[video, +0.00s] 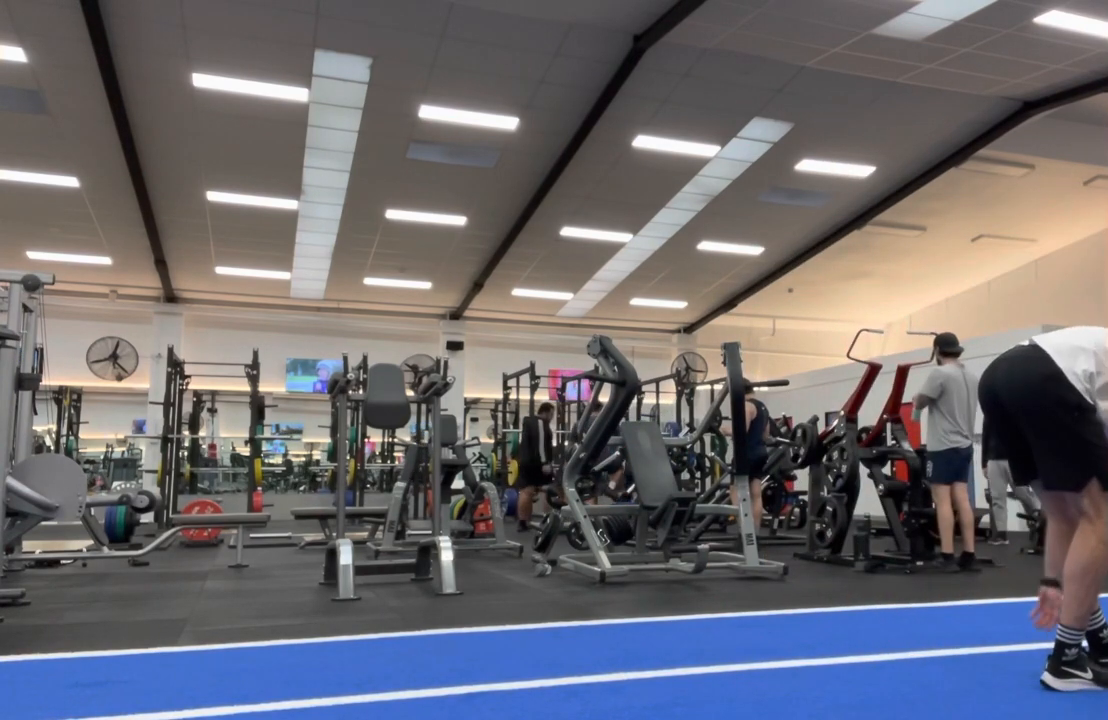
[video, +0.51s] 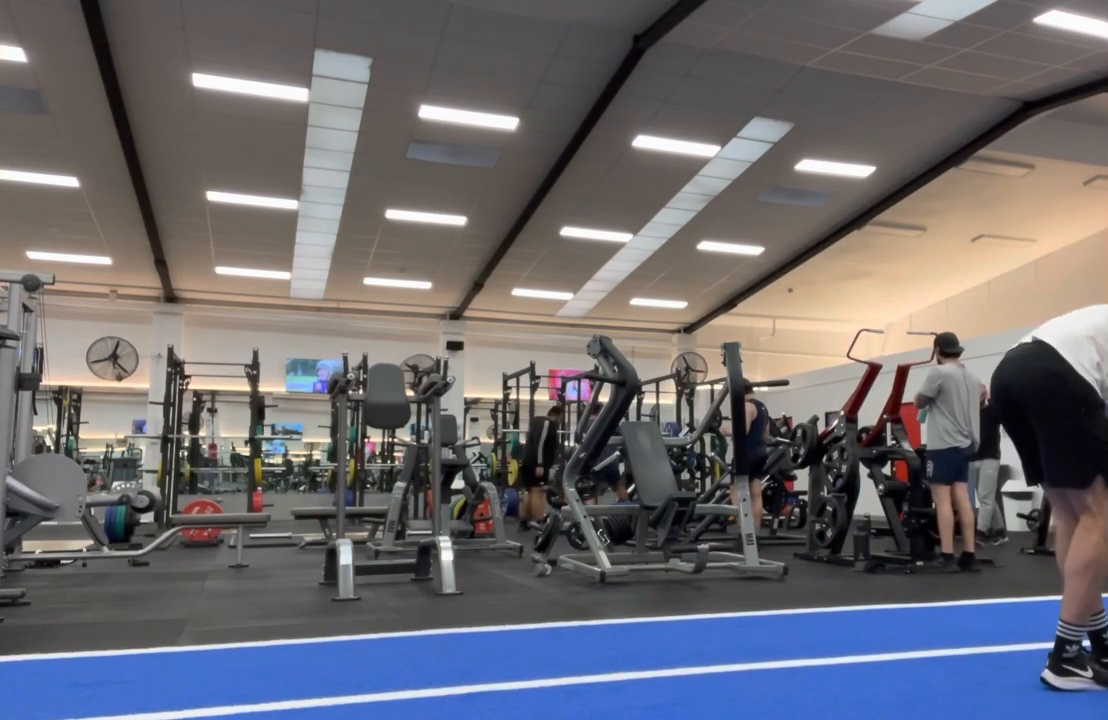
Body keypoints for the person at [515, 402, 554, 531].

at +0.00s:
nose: (552, 417)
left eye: (552, 414)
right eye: (551, 414)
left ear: (540, 412)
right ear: (546, 413)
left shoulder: (529, 421)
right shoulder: (540, 423)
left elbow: (525, 443)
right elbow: (541, 444)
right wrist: (545, 462)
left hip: (525, 461)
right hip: (534, 462)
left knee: (525, 491)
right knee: (528, 491)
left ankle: (523, 521)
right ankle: (523, 521)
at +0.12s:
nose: (551, 416)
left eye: (551, 414)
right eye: (550, 413)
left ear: (540, 412)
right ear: (545, 413)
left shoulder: (541, 425)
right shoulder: (537, 423)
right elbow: (534, 443)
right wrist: (532, 461)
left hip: (536, 464)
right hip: (534, 464)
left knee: (530, 492)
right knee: (526, 491)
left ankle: (525, 520)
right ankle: (522, 521)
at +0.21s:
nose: (551, 416)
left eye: (552, 414)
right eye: (551, 413)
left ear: (540, 412)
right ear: (545, 413)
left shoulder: (542, 425)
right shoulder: (536, 423)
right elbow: (529, 442)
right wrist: (527, 461)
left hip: (538, 464)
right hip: (535, 464)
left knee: (528, 491)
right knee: (525, 491)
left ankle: (524, 520)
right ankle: (521, 521)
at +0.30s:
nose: (553, 418)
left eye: (553, 415)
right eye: (552, 415)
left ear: (542, 412)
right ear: (547, 413)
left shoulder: (542, 425)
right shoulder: (538, 422)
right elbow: (530, 443)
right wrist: (526, 461)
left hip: (531, 464)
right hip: (538, 465)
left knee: (525, 491)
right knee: (540, 491)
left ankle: (521, 520)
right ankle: (540, 519)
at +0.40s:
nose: (556, 419)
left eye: (557, 416)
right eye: (555, 416)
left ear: (547, 414)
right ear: (549, 413)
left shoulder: (544, 425)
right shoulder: (540, 423)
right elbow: (533, 443)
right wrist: (531, 462)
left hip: (529, 465)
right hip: (538, 465)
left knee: (525, 492)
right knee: (538, 492)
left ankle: (522, 520)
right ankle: (540, 519)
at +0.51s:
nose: (561, 421)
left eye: (561, 418)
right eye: (560, 418)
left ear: (550, 414)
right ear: (556, 415)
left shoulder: (539, 423)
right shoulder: (547, 424)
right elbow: (540, 444)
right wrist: (540, 464)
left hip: (529, 463)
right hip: (538, 465)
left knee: (530, 492)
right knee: (538, 492)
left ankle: (524, 519)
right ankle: (539, 519)